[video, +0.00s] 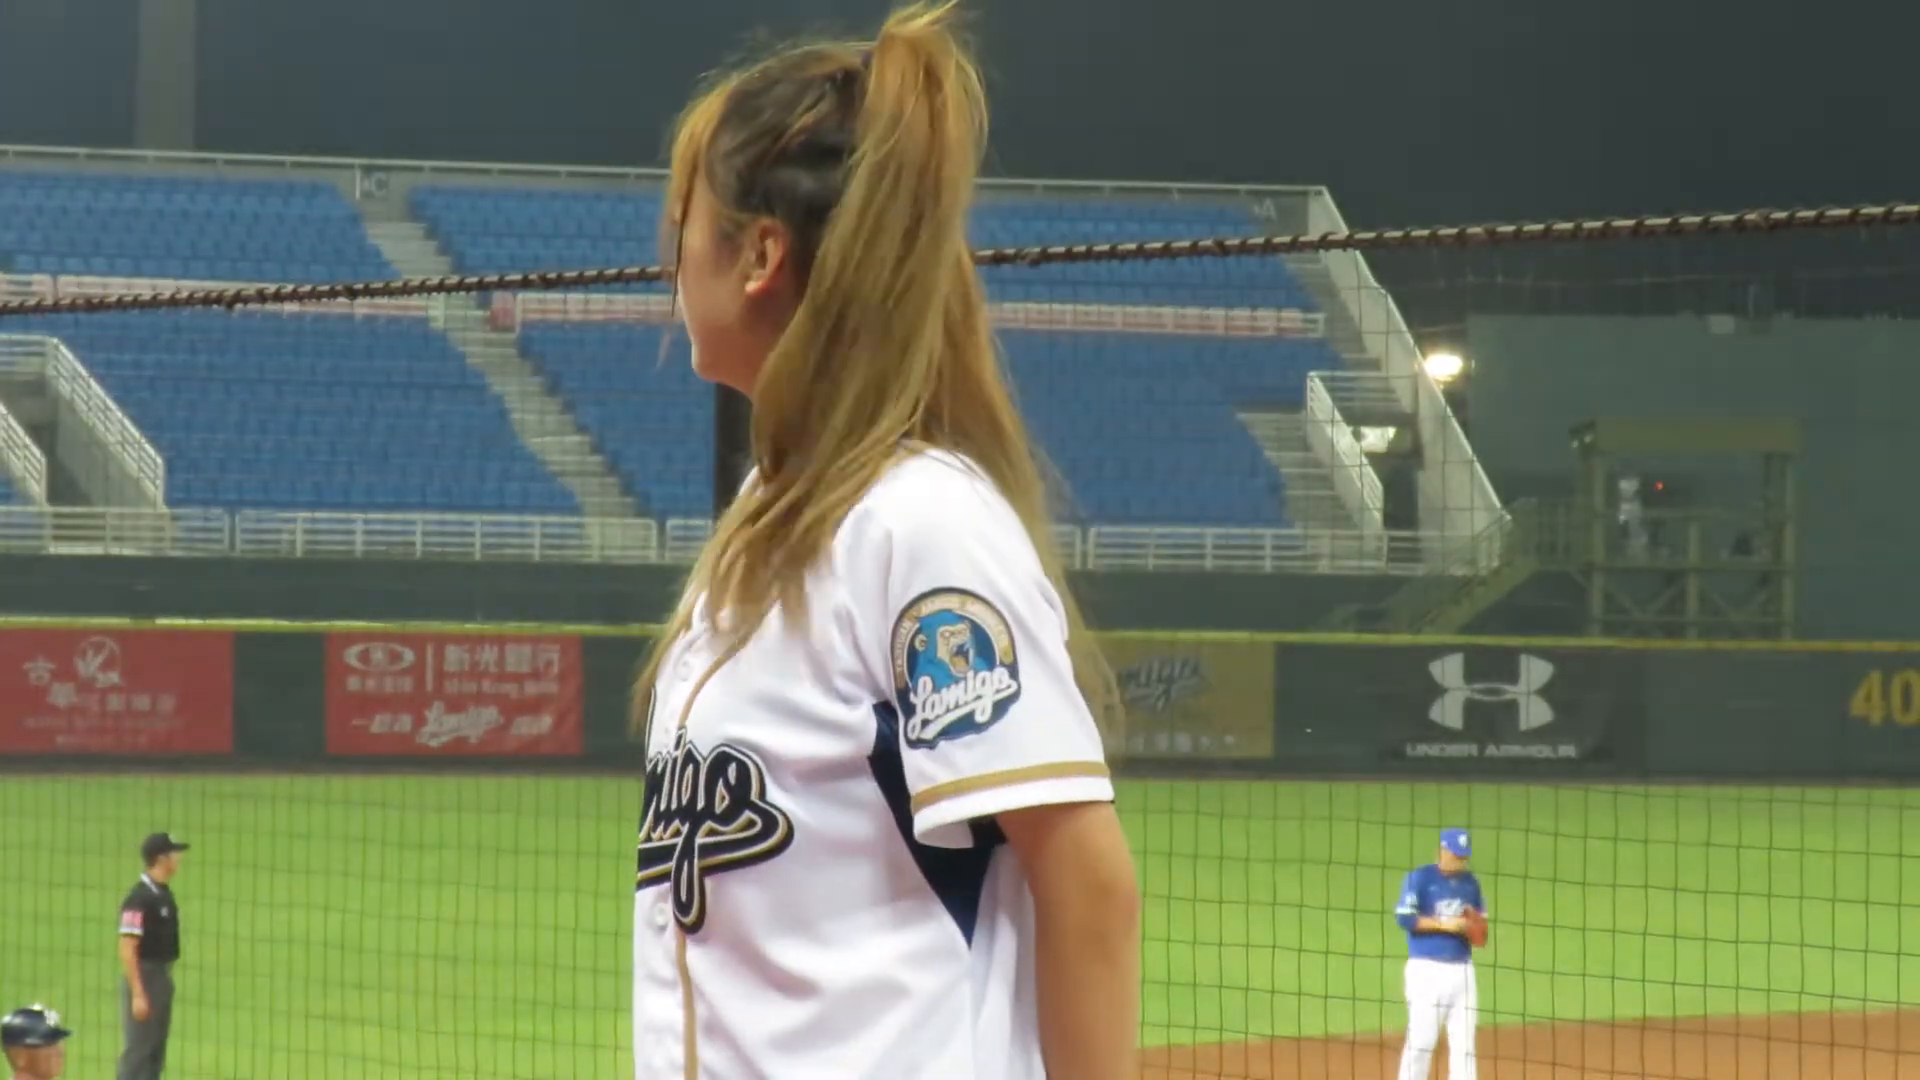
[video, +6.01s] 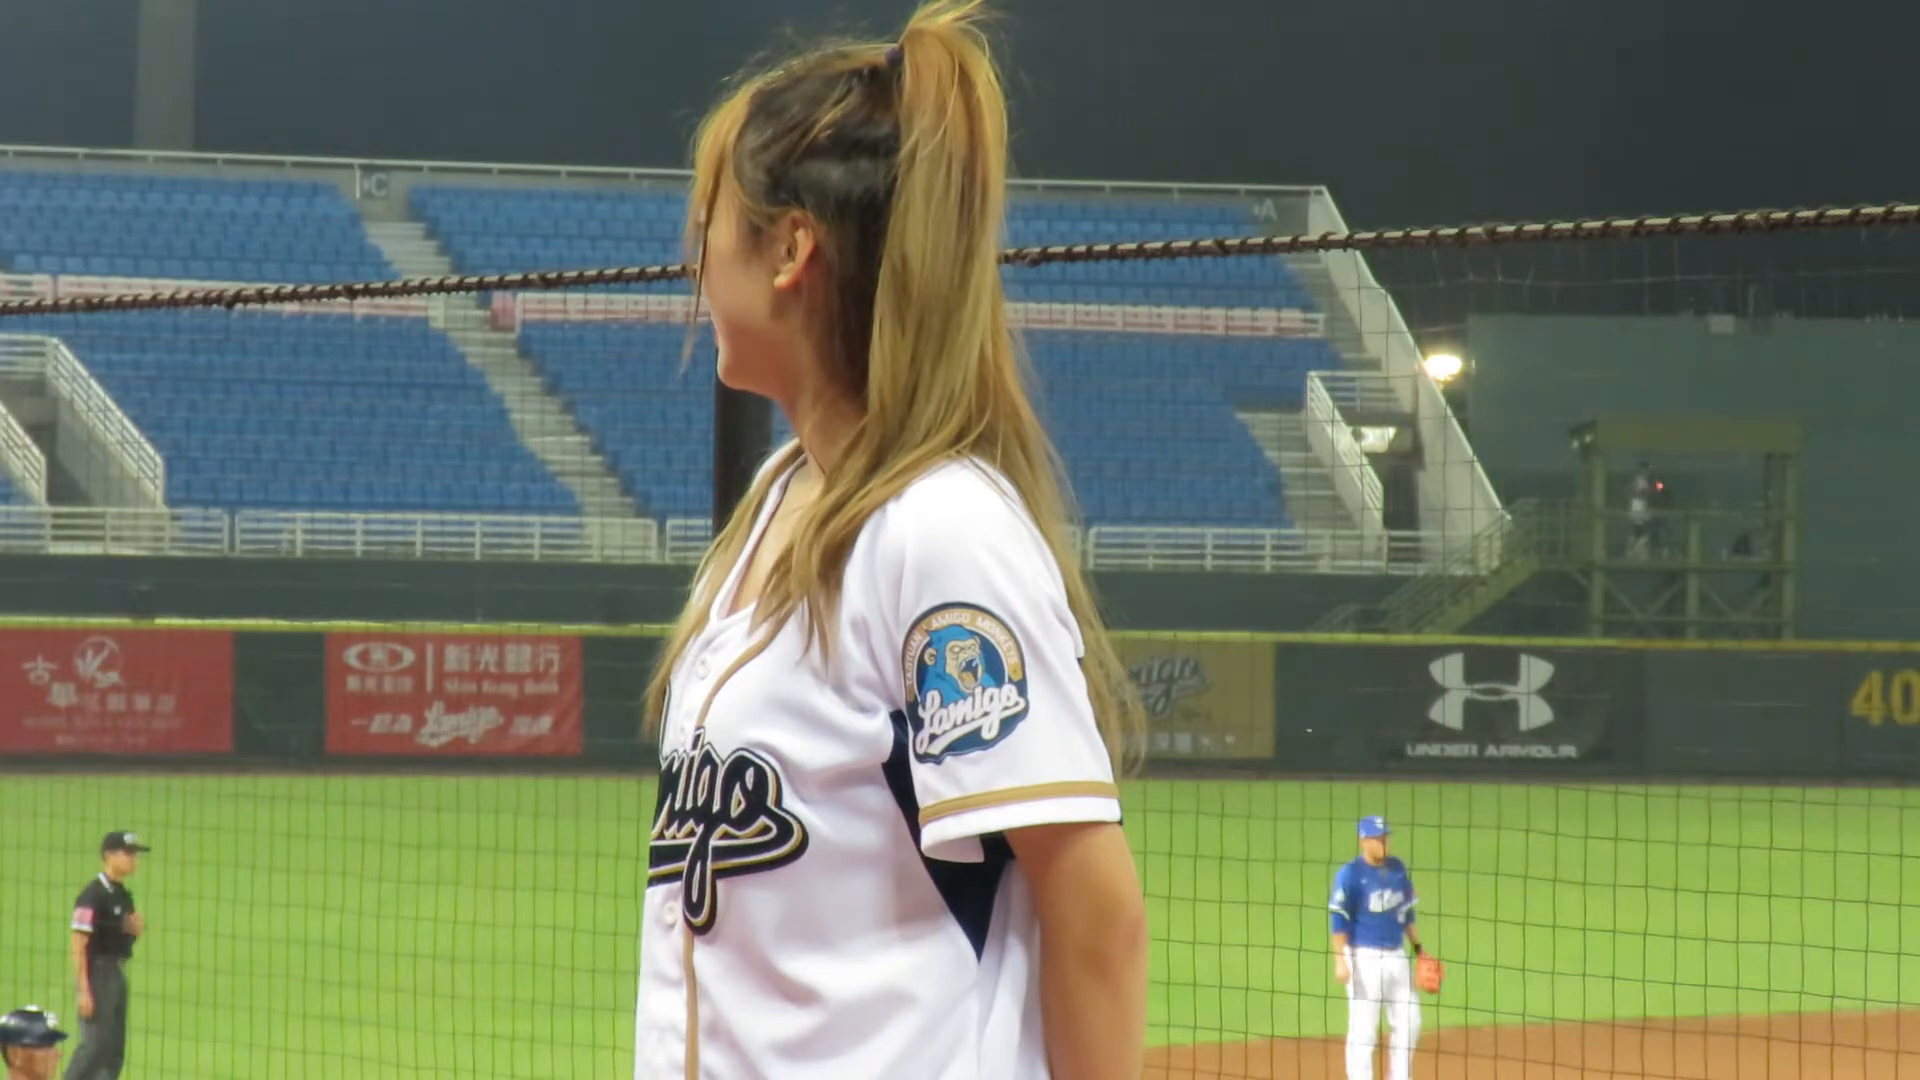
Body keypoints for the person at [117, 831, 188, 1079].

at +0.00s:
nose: (176, 861)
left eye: (175, 855)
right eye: (172, 856)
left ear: (162, 858)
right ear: (159, 859)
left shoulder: (164, 893)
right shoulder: (140, 897)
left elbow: (157, 943)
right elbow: (127, 948)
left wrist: (164, 980)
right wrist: (138, 994)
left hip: (162, 968)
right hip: (145, 968)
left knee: (156, 1045)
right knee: (141, 1046)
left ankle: (150, 1074)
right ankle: (132, 1074)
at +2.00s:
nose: (117, 865)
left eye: (120, 860)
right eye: (111, 859)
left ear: (123, 862)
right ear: (96, 860)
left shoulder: (122, 901)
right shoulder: (80, 903)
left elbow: (123, 949)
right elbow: (67, 954)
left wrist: (129, 988)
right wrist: (73, 998)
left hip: (114, 973)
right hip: (87, 973)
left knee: (126, 1054)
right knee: (83, 1055)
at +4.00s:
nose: (116, 866)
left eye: (117, 860)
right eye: (110, 860)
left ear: (118, 862)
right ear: (93, 861)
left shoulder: (118, 901)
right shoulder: (77, 904)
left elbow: (121, 951)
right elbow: (65, 954)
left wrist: (128, 991)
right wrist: (72, 1000)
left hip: (113, 973)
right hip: (87, 973)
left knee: (125, 1053)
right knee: (84, 1055)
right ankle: (82, 1074)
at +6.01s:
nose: (133, 861)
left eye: (134, 855)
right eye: (128, 854)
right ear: (110, 855)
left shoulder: (123, 894)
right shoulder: (92, 894)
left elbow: (123, 942)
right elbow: (78, 946)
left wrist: (135, 930)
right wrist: (84, 991)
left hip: (116, 966)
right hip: (97, 966)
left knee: (114, 1045)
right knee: (96, 1043)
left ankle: (107, 1075)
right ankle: (72, 1075)